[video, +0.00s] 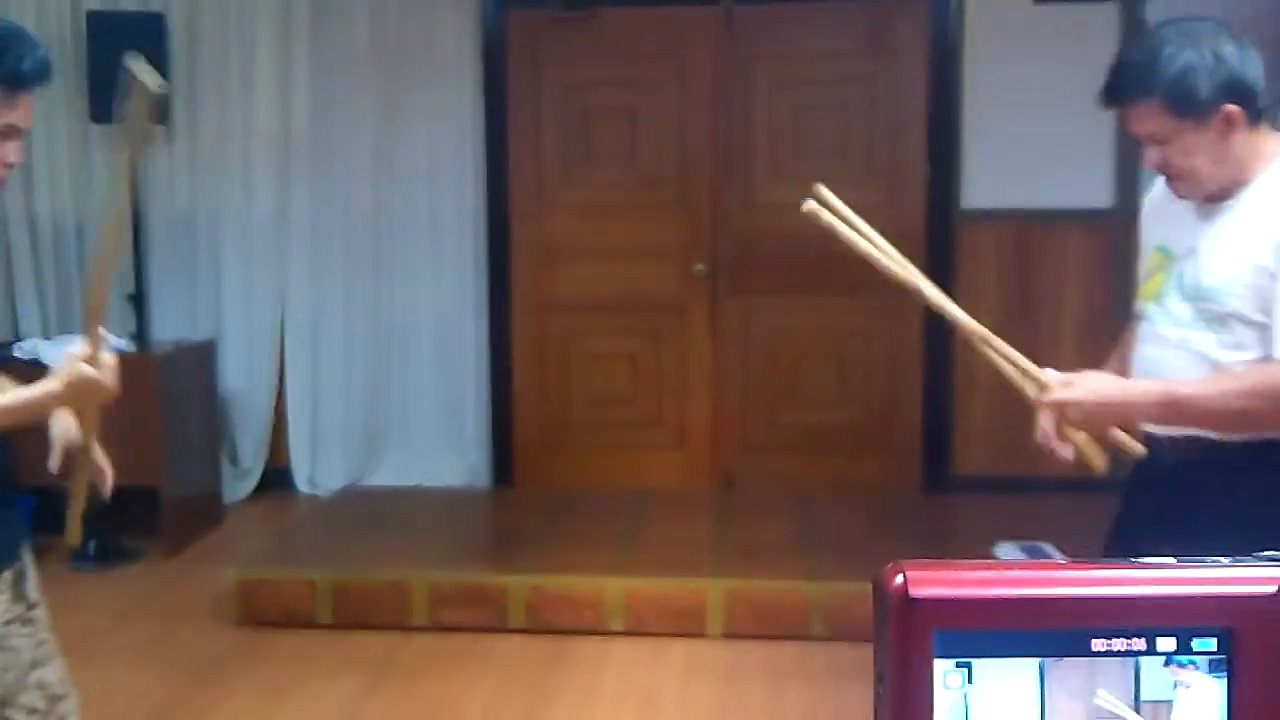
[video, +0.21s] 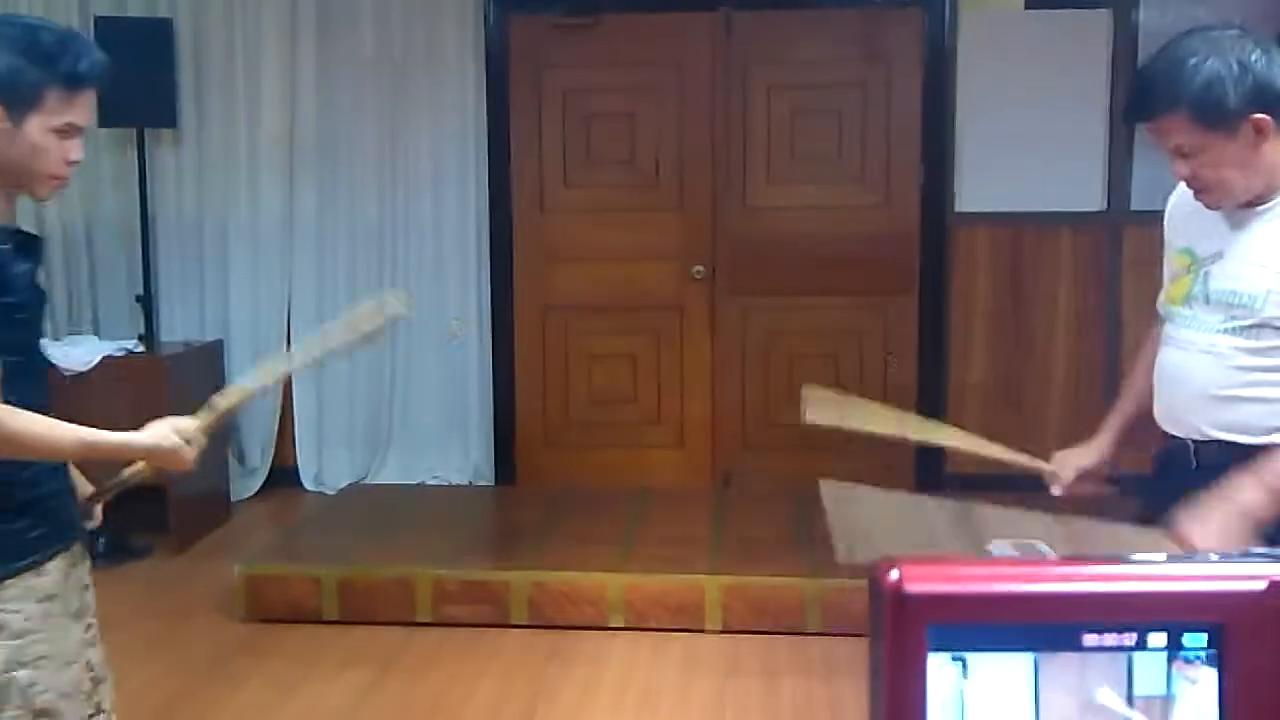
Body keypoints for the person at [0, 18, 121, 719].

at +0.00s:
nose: (15, 155)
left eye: (19, 135)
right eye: (7, 135)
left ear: (21, 126)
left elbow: (1, 379)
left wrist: (51, 402)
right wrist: (56, 390)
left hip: (10, 541)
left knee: (43, 702)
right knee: (39, 702)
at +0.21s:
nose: (76, 155)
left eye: (81, 135)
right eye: (63, 132)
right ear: (4, 121)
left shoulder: (21, 248)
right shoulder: (11, 251)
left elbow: (14, 401)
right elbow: (6, 417)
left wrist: (67, 475)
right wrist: (132, 445)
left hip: (52, 554)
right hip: (18, 568)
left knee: (82, 708)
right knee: (43, 711)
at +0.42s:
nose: (135, 156)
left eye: (141, 138)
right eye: (123, 135)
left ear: (56, 125)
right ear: (55, 121)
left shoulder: (37, 224)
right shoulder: (26, 235)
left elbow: (39, 401)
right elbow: (24, 410)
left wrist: (152, 454)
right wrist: (172, 452)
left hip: (40, 543)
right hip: (55, 550)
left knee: (55, 705)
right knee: (139, 707)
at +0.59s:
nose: (187, 165)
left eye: (192, 145)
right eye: (175, 143)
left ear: (106, 135)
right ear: (109, 131)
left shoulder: (44, 221)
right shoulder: (85, 244)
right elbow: (99, 419)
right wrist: (229, 490)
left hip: (36, 537)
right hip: (87, 549)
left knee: (68, 708)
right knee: (162, 708)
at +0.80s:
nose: (260, 170)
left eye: (264, 152)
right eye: (250, 149)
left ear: (181, 137)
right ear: (185, 134)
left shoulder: (90, 226)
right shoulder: (166, 259)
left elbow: (44, 357)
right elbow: (193, 437)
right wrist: (283, 550)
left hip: (78, 531)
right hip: (152, 544)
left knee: (106, 707)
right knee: (239, 705)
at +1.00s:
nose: (309, 167)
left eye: (312, 148)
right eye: (301, 146)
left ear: (232, 134)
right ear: (239, 132)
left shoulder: (151, 210)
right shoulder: (210, 249)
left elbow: (130, 383)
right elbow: (213, 432)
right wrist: (287, 543)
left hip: (108, 516)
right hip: (175, 537)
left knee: (143, 708)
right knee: (242, 708)